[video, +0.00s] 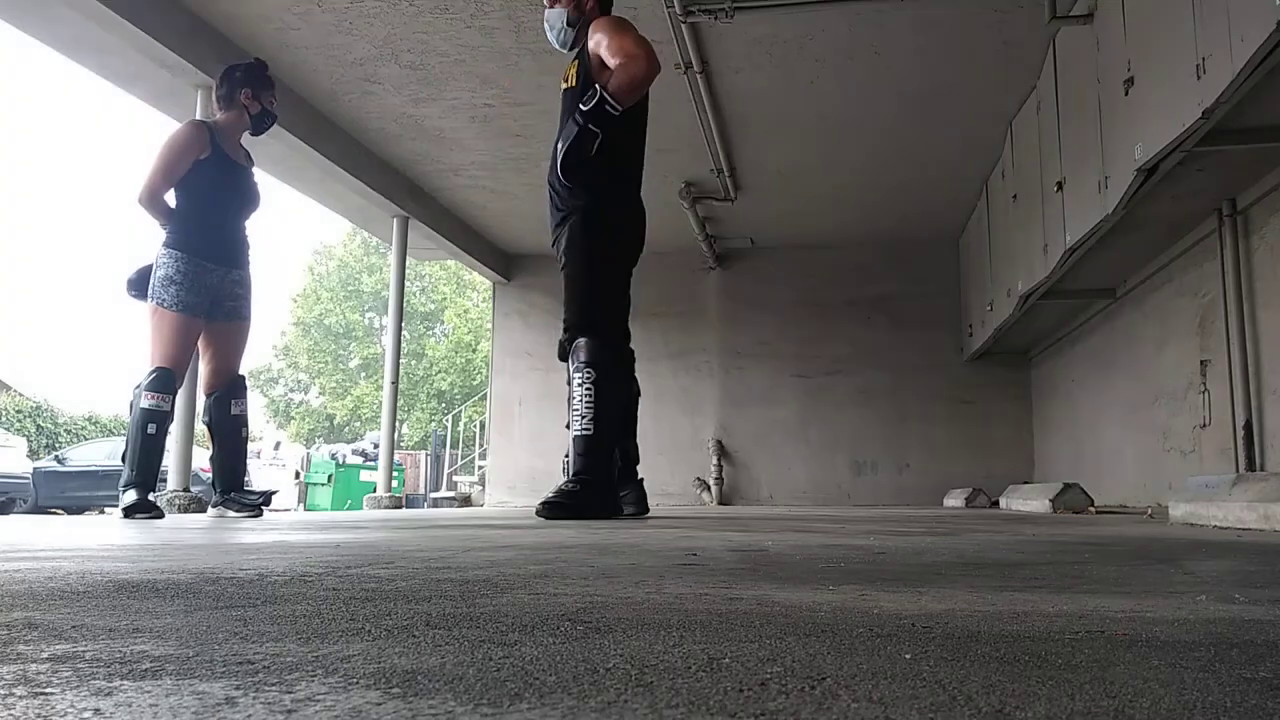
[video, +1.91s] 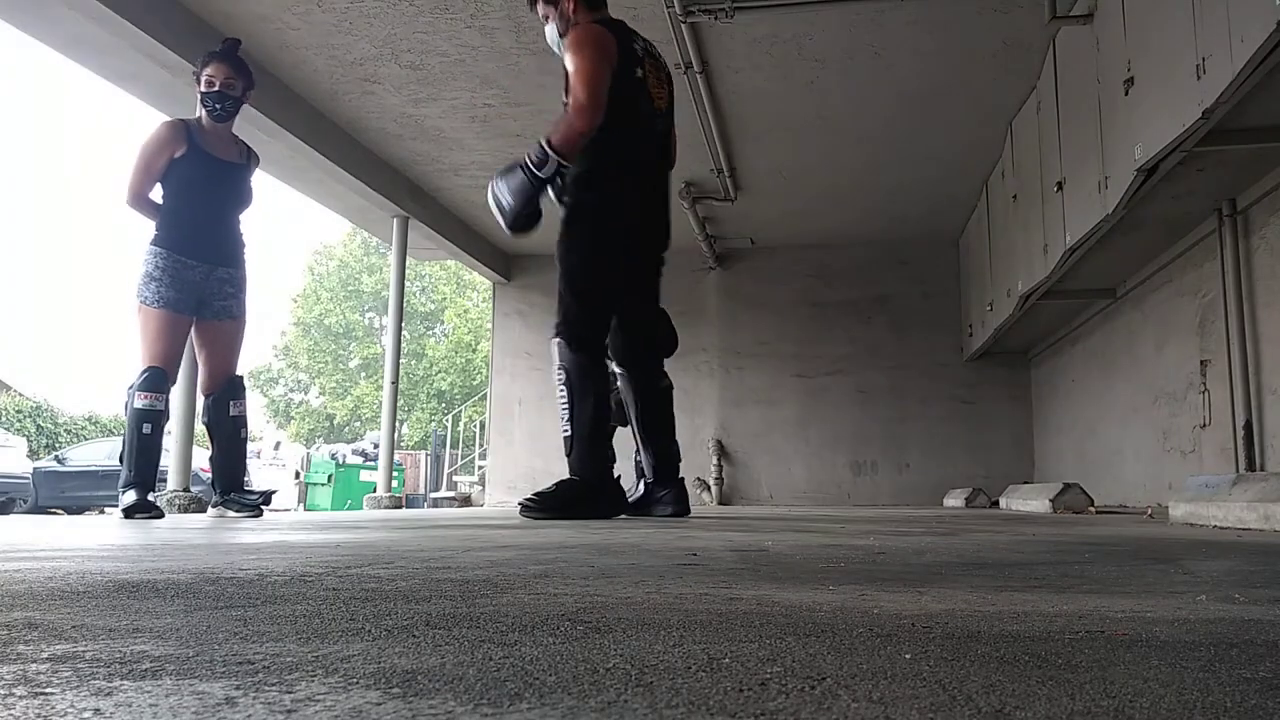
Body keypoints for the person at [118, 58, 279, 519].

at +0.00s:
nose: (272, 112)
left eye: (273, 104)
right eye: (269, 102)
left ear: (242, 100)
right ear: (246, 97)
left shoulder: (243, 155)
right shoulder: (196, 132)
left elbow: (229, 215)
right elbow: (149, 195)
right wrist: (179, 227)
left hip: (234, 271)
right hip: (186, 262)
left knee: (224, 381)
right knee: (165, 374)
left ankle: (228, 488)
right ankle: (138, 489)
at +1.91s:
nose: (219, 91)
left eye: (230, 85)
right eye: (211, 82)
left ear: (245, 94)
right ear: (198, 87)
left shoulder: (247, 155)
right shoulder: (174, 132)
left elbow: (234, 210)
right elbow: (136, 196)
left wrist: (211, 231)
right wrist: (177, 223)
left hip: (227, 273)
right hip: (172, 264)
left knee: (223, 382)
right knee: (157, 373)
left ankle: (229, 487)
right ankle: (137, 488)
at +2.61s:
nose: (186, 73)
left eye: (199, 66)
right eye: (178, 62)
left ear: (216, 75)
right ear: (164, 65)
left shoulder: (226, 138)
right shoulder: (134, 111)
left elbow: (218, 197)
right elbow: (82, 167)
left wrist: (220, 229)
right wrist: (102, 210)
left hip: (197, 258)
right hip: (130, 254)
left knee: (182, 358)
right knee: (138, 373)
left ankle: (183, 467)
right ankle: (137, 492)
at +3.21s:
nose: (149, 19)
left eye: (164, 12)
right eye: (142, 10)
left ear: (188, 23)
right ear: (132, 17)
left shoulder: (204, 84)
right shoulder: (107, 76)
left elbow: (221, 160)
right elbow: (87, 151)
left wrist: (191, 168)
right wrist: (80, 136)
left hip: (171, 224)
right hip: (108, 221)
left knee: (161, 354)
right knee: (62, 347)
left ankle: (150, 487)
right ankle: (81, 475)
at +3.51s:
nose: (108, 10)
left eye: (121, 4)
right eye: (100, 3)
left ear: (138, 9)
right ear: (83, 6)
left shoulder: (158, 67)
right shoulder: (47, 54)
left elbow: (195, 149)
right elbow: (14, 135)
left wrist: (160, 147)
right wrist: (34, 108)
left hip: (133, 216)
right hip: (59, 211)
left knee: (133, 354)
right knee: (17, 346)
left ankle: (146, 489)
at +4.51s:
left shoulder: (151, 31)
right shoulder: (29, 5)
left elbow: (147, 132)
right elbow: (1, 52)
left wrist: (157, 115)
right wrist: (26, 71)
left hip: (101, 176)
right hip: (20, 158)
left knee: (84, 337)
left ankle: (63, 484)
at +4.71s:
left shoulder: (114, 15)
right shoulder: (22, 10)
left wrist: (132, 101)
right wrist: (8, 43)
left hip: (82, 158)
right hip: (13, 145)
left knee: (78, 323)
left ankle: (64, 483)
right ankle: (62, 482)